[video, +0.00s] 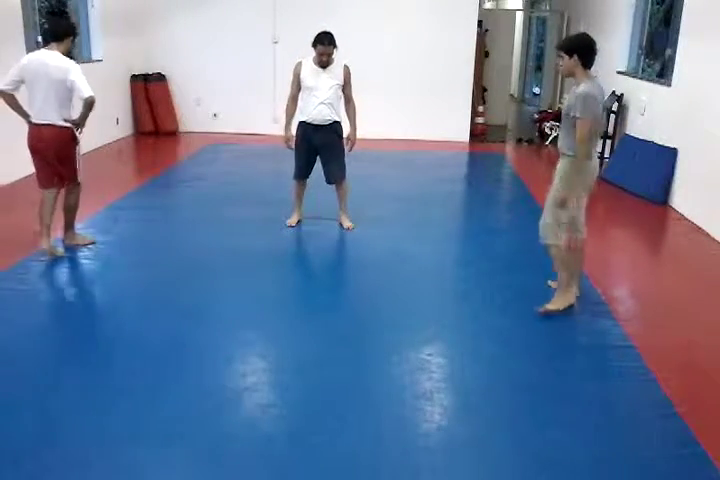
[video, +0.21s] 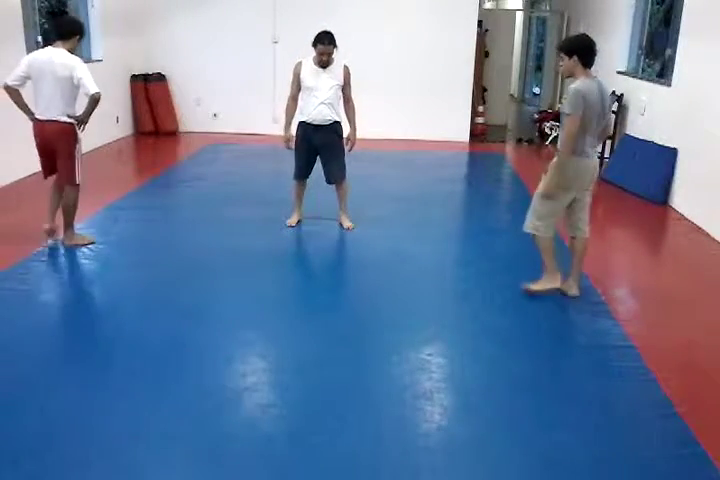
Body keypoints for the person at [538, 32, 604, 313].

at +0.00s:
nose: (558, 63)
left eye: (562, 58)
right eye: (558, 57)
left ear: (576, 59)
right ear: (580, 60)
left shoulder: (586, 93)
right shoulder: (588, 89)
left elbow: (582, 145)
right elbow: (582, 141)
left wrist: (569, 187)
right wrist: (568, 178)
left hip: (574, 165)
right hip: (578, 163)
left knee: (554, 225)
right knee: (571, 224)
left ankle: (566, 290)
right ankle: (569, 279)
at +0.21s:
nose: (559, 65)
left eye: (562, 59)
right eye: (559, 59)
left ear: (576, 59)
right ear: (582, 60)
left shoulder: (577, 90)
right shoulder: (601, 88)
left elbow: (569, 134)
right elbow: (605, 130)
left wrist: (554, 170)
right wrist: (583, 144)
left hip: (569, 162)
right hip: (590, 163)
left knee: (539, 218)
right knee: (580, 225)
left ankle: (550, 275)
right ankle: (573, 281)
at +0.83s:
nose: (541, 63)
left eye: (543, 58)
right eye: (541, 58)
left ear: (555, 58)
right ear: (566, 58)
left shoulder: (548, 86)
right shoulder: (588, 84)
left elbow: (541, 126)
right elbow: (592, 123)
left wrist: (533, 159)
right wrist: (587, 153)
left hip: (551, 149)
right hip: (576, 151)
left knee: (545, 201)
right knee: (568, 200)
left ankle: (548, 254)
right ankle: (568, 242)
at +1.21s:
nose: (534, 59)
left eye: (538, 55)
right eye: (534, 55)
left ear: (550, 56)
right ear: (556, 56)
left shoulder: (550, 82)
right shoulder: (570, 79)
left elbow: (546, 121)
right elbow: (577, 118)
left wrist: (525, 146)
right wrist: (580, 147)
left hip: (550, 142)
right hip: (566, 141)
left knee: (546, 196)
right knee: (551, 189)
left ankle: (550, 252)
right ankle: (545, 231)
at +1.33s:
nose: (533, 59)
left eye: (536, 54)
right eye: (533, 54)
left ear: (549, 54)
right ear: (552, 55)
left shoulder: (553, 79)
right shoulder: (562, 76)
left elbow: (554, 118)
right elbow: (560, 115)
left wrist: (537, 145)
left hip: (555, 138)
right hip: (561, 136)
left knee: (541, 190)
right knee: (547, 186)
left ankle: (554, 242)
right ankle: (545, 231)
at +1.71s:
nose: (539, 56)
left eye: (543, 51)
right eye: (539, 51)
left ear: (556, 51)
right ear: (550, 52)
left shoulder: (569, 74)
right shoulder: (549, 73)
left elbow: (579, 110)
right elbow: (549, 108)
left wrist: (579, 144)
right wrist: (531, 122)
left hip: (563, 135)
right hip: (545, 133)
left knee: (557, 188)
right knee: (541, 186)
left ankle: (570, 218)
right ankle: (544, 229)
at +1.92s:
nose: (546, 61)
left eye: (550, 56)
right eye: (546, 56)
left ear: (564, 56)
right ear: (553, 57)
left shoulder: (580, 81)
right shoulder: (555, 80)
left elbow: (589, 115)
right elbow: (551, 113)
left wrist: (584, 147)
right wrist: (538, 134)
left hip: (572, 138)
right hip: (550, 136)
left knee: (571, 185)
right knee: (533, 176)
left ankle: (569, 225)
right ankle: (541, 222)